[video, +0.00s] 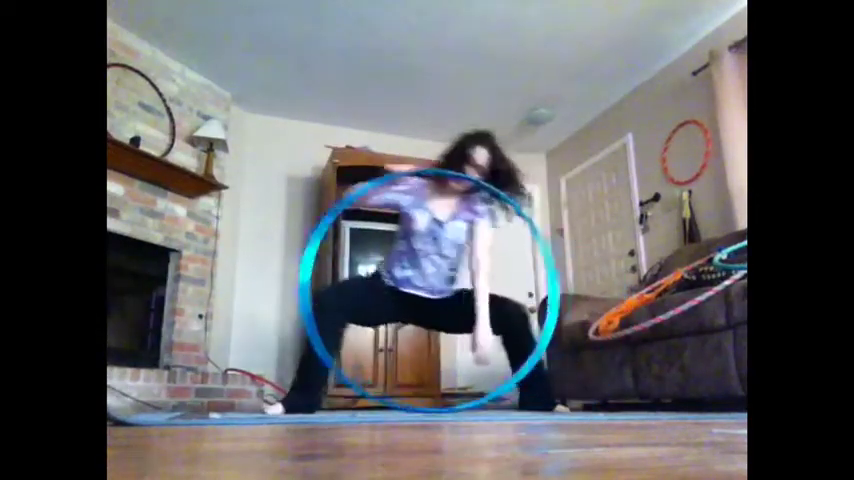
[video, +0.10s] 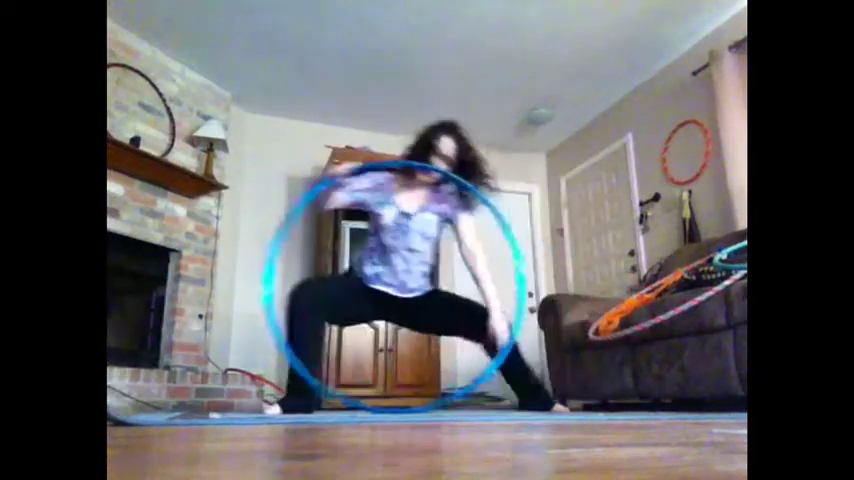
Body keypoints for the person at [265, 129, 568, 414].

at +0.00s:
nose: (470, 175)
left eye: (480, 171)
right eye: (467, 164)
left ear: (487, 177)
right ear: (453, 160)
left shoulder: (478, 210)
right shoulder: (414, 189)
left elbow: (480, 267)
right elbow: (355, 198)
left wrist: (480, 326)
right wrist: (383, 175)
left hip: (444, 303)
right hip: (391, 295)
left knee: (512, 315)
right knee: (331, 303)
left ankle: (540, 409)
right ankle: (300, 405)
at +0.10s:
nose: (436, 167)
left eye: (447, 163)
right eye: (433, 156)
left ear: (455, 168)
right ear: (419, 152)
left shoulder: (450, 201)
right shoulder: (381, 184)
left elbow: (473, 254)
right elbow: (327, 205)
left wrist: (496, 313)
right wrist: (333, 181)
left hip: (418, 301)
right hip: (366, 293)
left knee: (486, 322)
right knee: (307, 298)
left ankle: (540, 405)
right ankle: (300, 402)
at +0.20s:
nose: (415, 158)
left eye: (426, 155)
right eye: (411, 148)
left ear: (435, 162)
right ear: (398, 146)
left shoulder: (435, 197)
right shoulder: (360, 183)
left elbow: (466, 243)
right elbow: (302, 207)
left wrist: (500, 294)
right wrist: (306, 189)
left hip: (403, 301)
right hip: (350, 294)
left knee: (478, 333)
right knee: (291, 299)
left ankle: (530, 399)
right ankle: (298, 398)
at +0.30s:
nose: (393, 153)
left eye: (404, 149)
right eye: (389, 144)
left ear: (414, 158)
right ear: (376, 144)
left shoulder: (418, 197)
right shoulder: (341, 187)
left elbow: (462, 238)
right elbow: (284, 212)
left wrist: (498, 275)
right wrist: (275, 199)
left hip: (391, 302)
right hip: (338, 294)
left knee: (462, 337)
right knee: (276, 298)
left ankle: (536, 404)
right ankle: (294, 400)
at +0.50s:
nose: (351, 152)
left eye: (361, 147)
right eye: (345, 142)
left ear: (372, 157)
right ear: (330, 146)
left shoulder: (381, 196)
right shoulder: (306, 198)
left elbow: (437, 209)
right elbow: (249, 235)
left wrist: (487, 218)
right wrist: (219, 215)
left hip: (371, 309)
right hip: (318, 306)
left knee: (443, 349)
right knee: (253, 304)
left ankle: (538, 407)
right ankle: (296, 400)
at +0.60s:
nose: (332, 159)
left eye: (342, 153)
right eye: (325, 150)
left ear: (355, 161)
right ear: (313, 155)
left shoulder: (369, 196)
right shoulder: (294, 207)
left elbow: (426, 192)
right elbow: (242, 251)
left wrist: (468, 171)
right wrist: (203, 228)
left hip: (363, 314)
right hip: (313, 313)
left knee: (438, 356)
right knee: (250, 308)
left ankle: (540, 410)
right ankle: (294, 397)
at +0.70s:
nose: (321, 167)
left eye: (330, 160)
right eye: (314, 158)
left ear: (347, 164)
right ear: (303, 160)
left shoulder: (366, 197)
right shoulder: (290, 211)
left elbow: (417, 182)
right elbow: (242, 258)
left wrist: (449, 145)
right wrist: (199, 232)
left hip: (360, 316)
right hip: (310, 314)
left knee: (434, 359)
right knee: (250, 310)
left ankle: (538, 410)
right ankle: (291, 398)